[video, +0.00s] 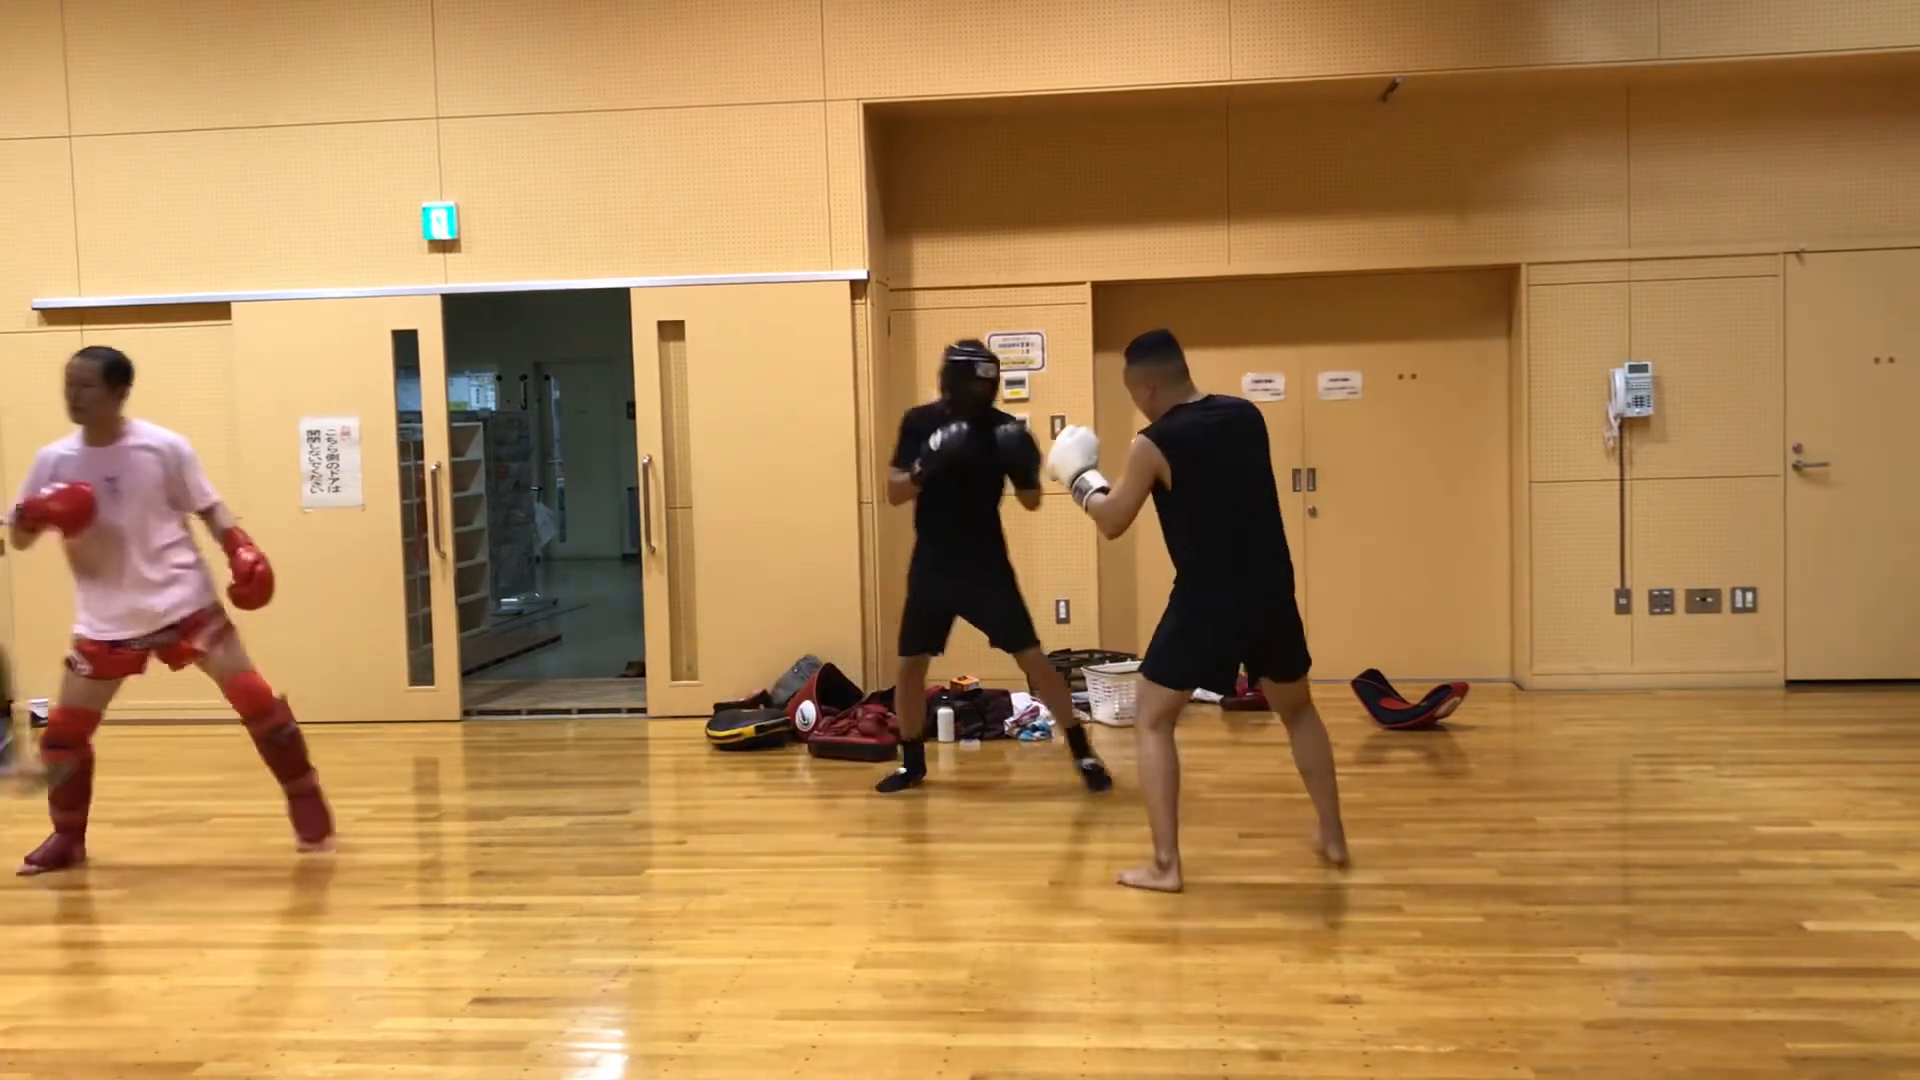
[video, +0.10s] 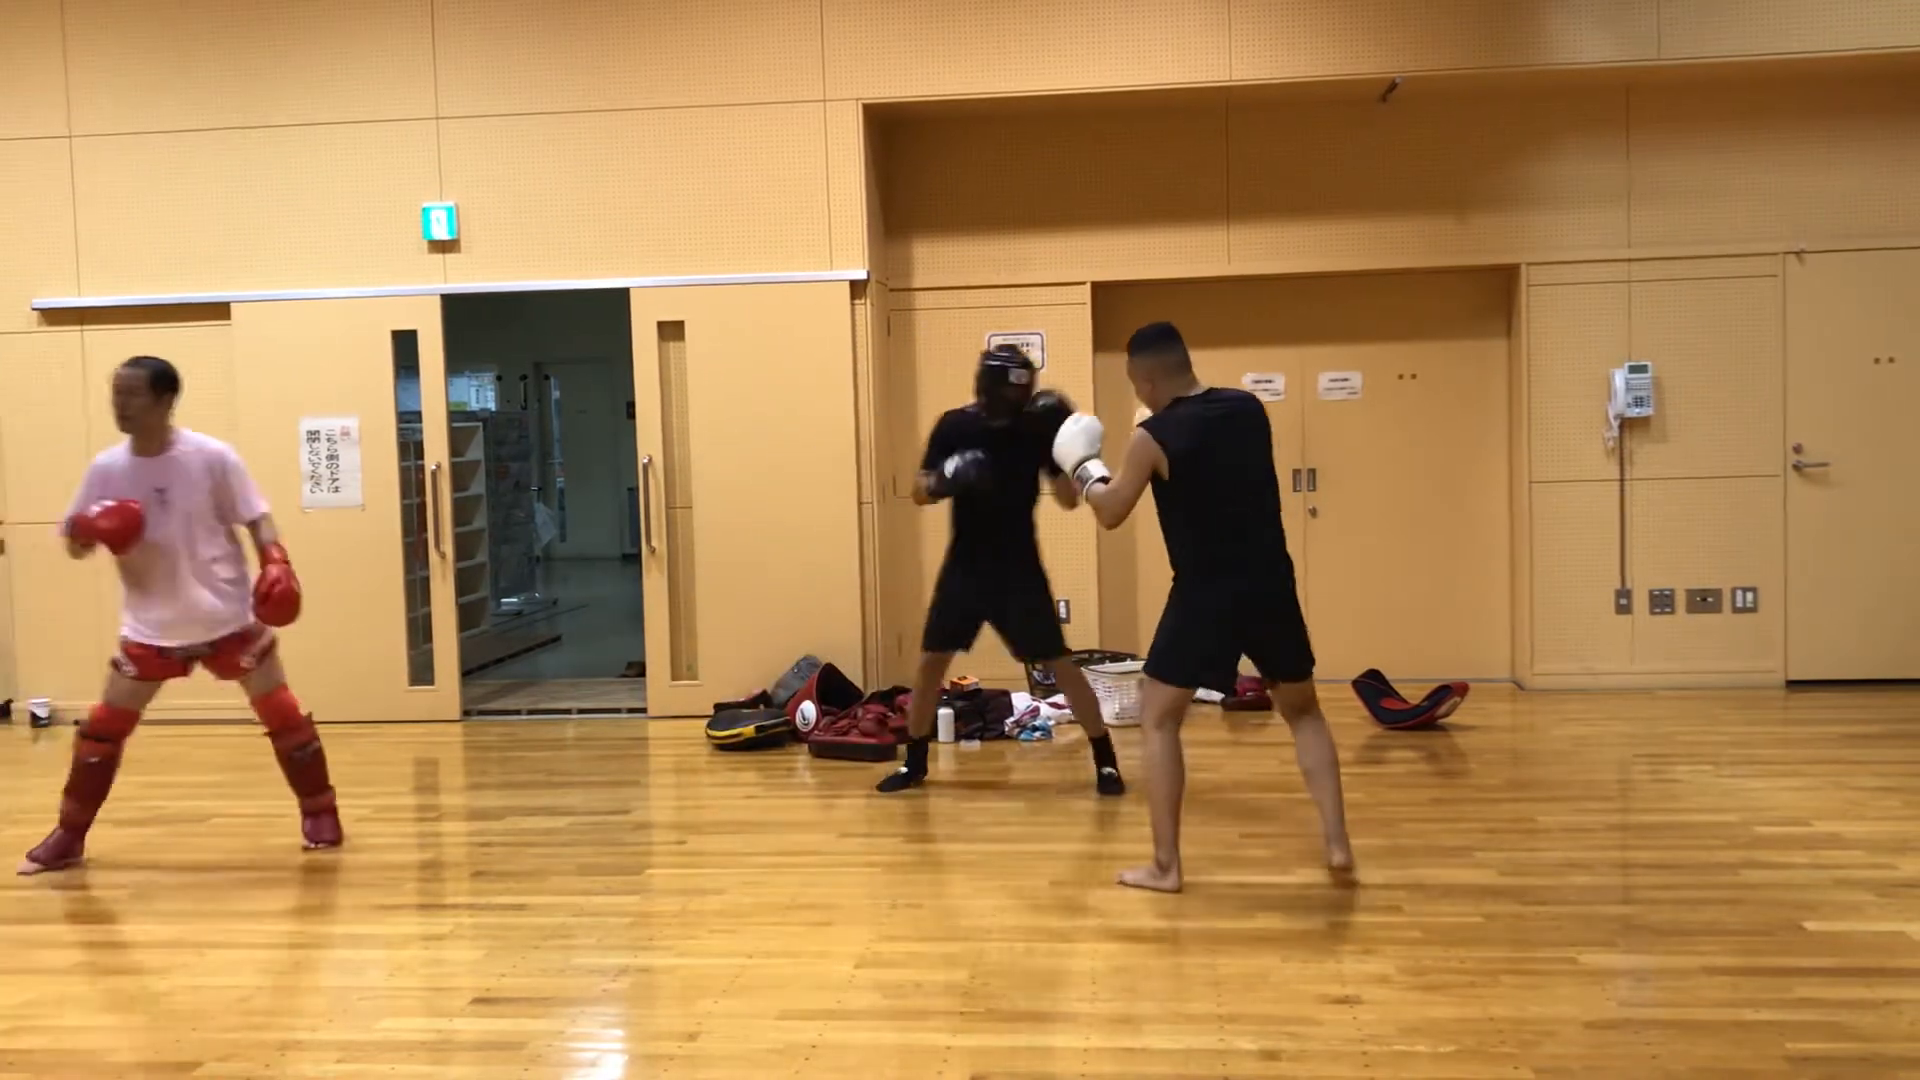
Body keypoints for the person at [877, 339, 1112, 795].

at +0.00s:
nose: (989, 392)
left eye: (994, 382)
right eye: (980, 382)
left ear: (997, 383)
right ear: (952, 382)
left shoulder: (1006, 429)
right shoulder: (921, 423)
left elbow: (1032, 501)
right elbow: (895, 493)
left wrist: (1019, 458)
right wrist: (930, 461)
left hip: (986, 559)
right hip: (934, 560)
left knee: (1031, 656)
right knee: (911, 662)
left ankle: (1083, 752)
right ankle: (912, 764)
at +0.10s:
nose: (1017, 398)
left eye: (1022, 389)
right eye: (1009, 389)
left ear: (1029, 389)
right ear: (986, 386)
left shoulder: (1037, 427)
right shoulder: (955, 426)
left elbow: (1069, 500)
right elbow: (920, 493)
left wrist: (1061, 434)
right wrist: (950, 476)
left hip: (1019, 567)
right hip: (965, 567)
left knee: (1060, 664)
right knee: (930, 664)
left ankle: (1105, 760)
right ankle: (914, 764)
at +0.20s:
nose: (1054, 390)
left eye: (1062, 382)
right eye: (1046, 379)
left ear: (1070, 383)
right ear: (1026, 378)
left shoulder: (1080, 422)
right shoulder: (999, 422)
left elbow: (1120, 454)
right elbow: (971, 477)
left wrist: (1111, 402)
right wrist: (978, 489)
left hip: (1066, 556)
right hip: (1012, 557)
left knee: (1092, 664)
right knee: (972, 656)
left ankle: (1108, 766)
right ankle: (957, 755)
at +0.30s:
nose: (1071, 386)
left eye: (1080, 376)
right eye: (1063, 375)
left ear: (1093, 376)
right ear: (1047, 372)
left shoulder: (1103, 415)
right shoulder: (1025, 414)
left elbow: (1140, 452)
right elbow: (1000, 476)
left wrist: (1131, 396)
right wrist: (1010, 476)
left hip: (1088, 546)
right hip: (1038, 545)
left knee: (1099, 660)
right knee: (1010, 651)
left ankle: (1107, 764)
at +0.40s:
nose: (1088, 382)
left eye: (1096, 372)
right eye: (1079, 372)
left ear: (1108, 370)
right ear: (1062, 370)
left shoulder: (1124, 409)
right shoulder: (1044, 412)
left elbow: (1156, 448)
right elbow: (1026, 485)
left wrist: (1136, 424)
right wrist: (1035, 468)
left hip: (1111, 542)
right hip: (1063, 543)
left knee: (1111, 655)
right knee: (1062, 655)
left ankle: (1112, 761)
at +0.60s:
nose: (1104, 397)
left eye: (1112, 387)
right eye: (1094, 388)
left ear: (1124, 383)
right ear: (1078, 385)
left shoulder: (1150, 417)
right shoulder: (1070, 428)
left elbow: (1182, 473)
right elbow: (1063, 503)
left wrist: (1163, 470)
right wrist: (1078, 473)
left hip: (1154, 545)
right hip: (1108, 549)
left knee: (1150, 647)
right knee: (1120, 658)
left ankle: (1133, 754)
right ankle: (1168, 742)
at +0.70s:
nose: (1118, 394)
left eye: (1126, 383)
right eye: (1109, 385)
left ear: (1140, 380)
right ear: (1095, 384)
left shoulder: (1168, 413)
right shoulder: (1089, 425)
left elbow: (1202, 472)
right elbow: (1083, 500)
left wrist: (1176, 459)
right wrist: (1094, 469)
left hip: (1172, 544)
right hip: (1125, 549)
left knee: (1181, 648)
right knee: (1131, 655)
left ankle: (1192, 756)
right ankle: (1168, 747)